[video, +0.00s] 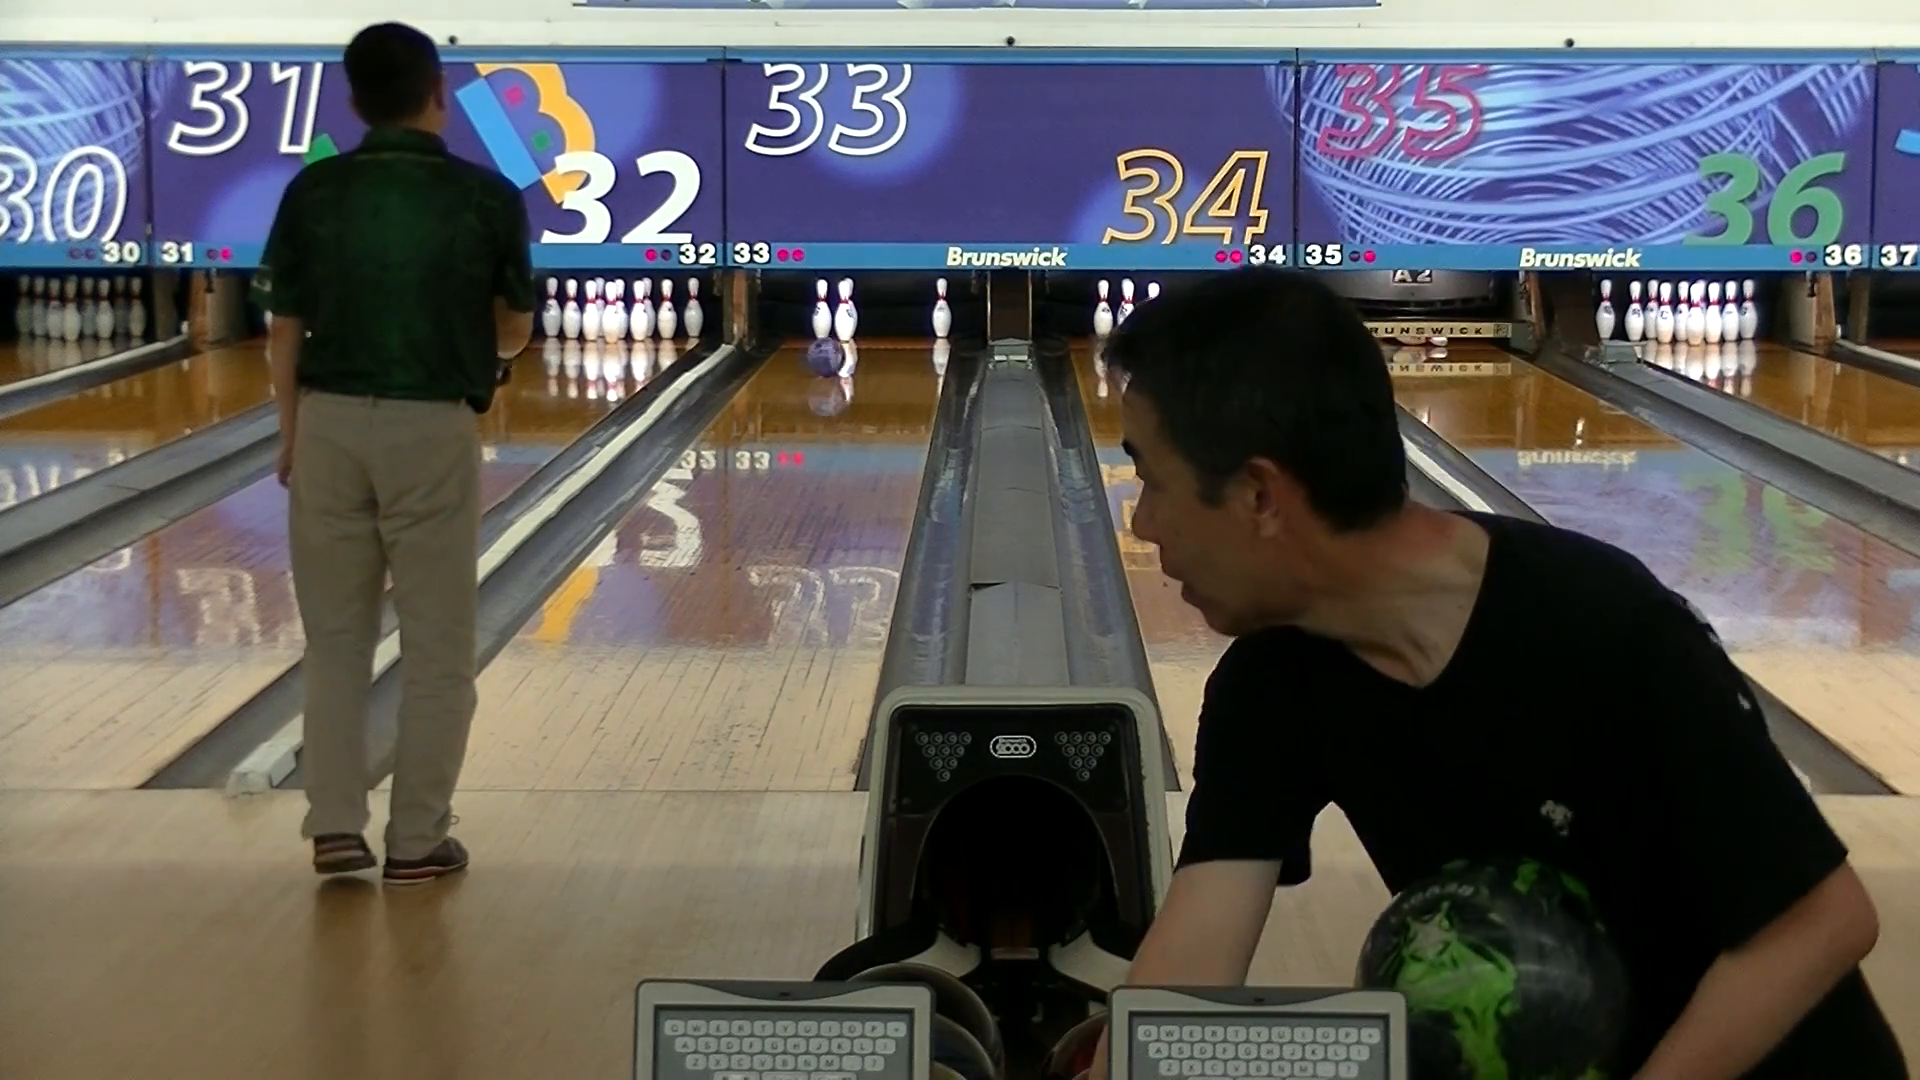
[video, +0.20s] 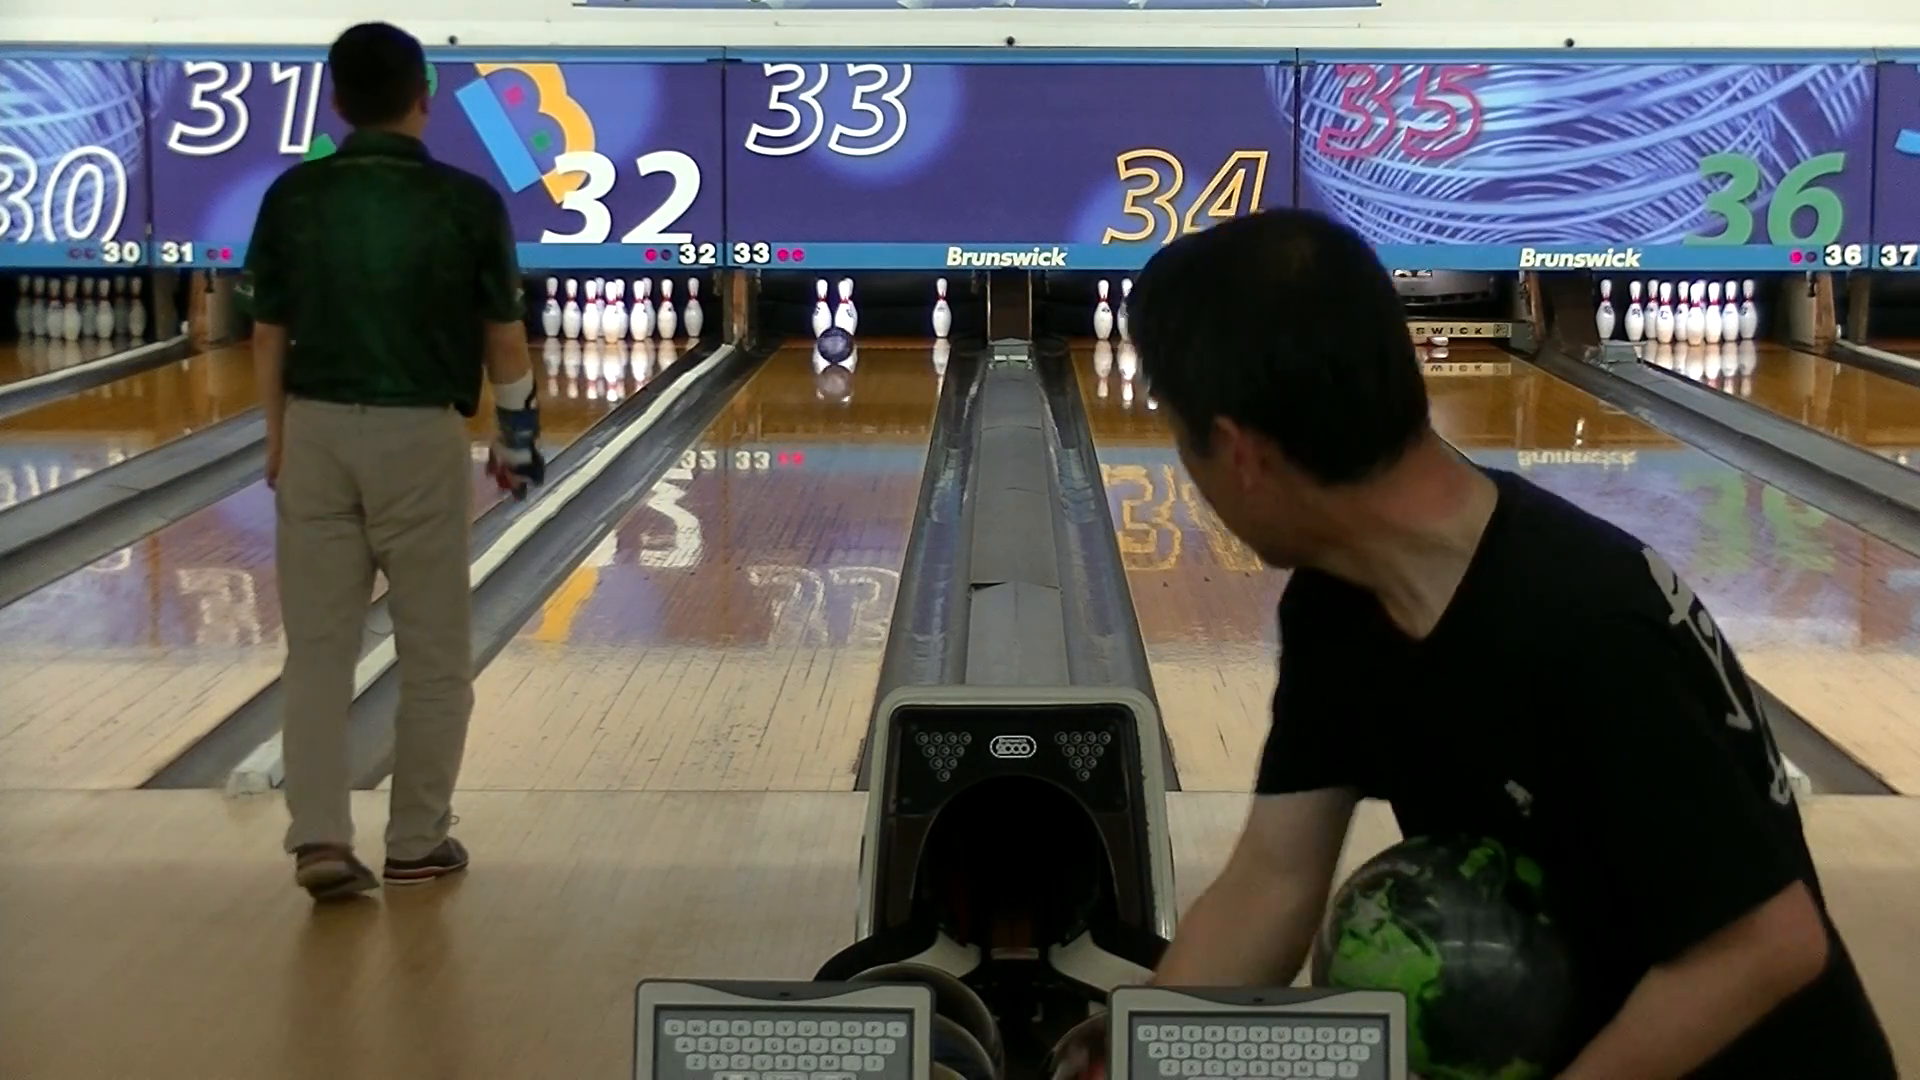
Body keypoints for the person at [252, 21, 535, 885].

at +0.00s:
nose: (446, 97)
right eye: (442, 86)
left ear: (354, 101)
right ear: (438, 94)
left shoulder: (313, 188)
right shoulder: (487, 196)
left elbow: (283, 329)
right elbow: (513, 328)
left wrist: (289, 430)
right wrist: (458, 323)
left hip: (326, 429)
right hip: (432, 433)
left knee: (334, 636)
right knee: (438, 641)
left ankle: (335, 832)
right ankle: (417, 840)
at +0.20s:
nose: (430, 105)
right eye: (428, 94)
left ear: (337, 101)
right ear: (424, 101)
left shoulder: (292, 193)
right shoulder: (468, 200)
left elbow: (268, 331)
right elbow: (505, 338)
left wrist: (276, 432)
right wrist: (513, 432)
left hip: (311, 436)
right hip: (422, 439)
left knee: (316, 647)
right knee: (434, 647)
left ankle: (320, 842)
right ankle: (416, 840)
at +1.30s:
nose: (394, 108)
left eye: (388, 92)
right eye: (389, 92)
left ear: (304, 102)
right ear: (368, 99)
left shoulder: (264, 197)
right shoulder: (350, 214)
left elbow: (240, 336)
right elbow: (404, 371)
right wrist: (444, 447)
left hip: (288, 460)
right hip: (334, 468)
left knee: (360, 661)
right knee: (329, 676)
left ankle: (342, 852)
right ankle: (280, 894)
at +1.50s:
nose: (418, 137)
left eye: (420, 120)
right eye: (410, 118)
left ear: (361, 113)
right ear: (359, 109)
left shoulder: (354, 207)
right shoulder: (294, 212)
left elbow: (361, 355)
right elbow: (331, 369)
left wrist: (399, 468)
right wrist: (401, 487)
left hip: (374, 475)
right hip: (306, 480)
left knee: (440, 684)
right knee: (307, 702)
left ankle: (406, 877)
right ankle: (279, 892)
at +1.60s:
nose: (417, 160)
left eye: (425, 143)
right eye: (411, 139)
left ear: (381, 131)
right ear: (354, 121)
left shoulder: (385, 211)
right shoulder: (275, 221)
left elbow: (392, 357)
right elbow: (292, 368)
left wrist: (433, 465)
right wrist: (322, 486)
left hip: (404, 479)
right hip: (307, 489)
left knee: (451, 692)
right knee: (301, 704)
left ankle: (443, 902)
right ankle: (280, 891)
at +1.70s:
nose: (425, 177)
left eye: (434, 161)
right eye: (414, 157)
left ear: (432, 149)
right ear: (356, 132)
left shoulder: (417, 220)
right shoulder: (272, 227)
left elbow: (448, 344)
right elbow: (244, 359)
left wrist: (483, 461)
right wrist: (240, 448)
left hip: (418, 495)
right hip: (310, 505)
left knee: (448, 707)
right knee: (300, 716)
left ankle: (462, 914)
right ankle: (283, 892)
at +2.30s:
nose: (364, 232)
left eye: (389, 219)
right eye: (352, 209)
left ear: (433, 194)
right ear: (329, 171)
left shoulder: (488, 254)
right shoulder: (270, 252)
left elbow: (536, 398)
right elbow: (262, 384)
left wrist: (536, 527)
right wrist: (282, 471)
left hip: (460, 550)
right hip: (327, 552)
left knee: (461, 770)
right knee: (339, 781)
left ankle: (448, 954)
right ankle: (351, 996)